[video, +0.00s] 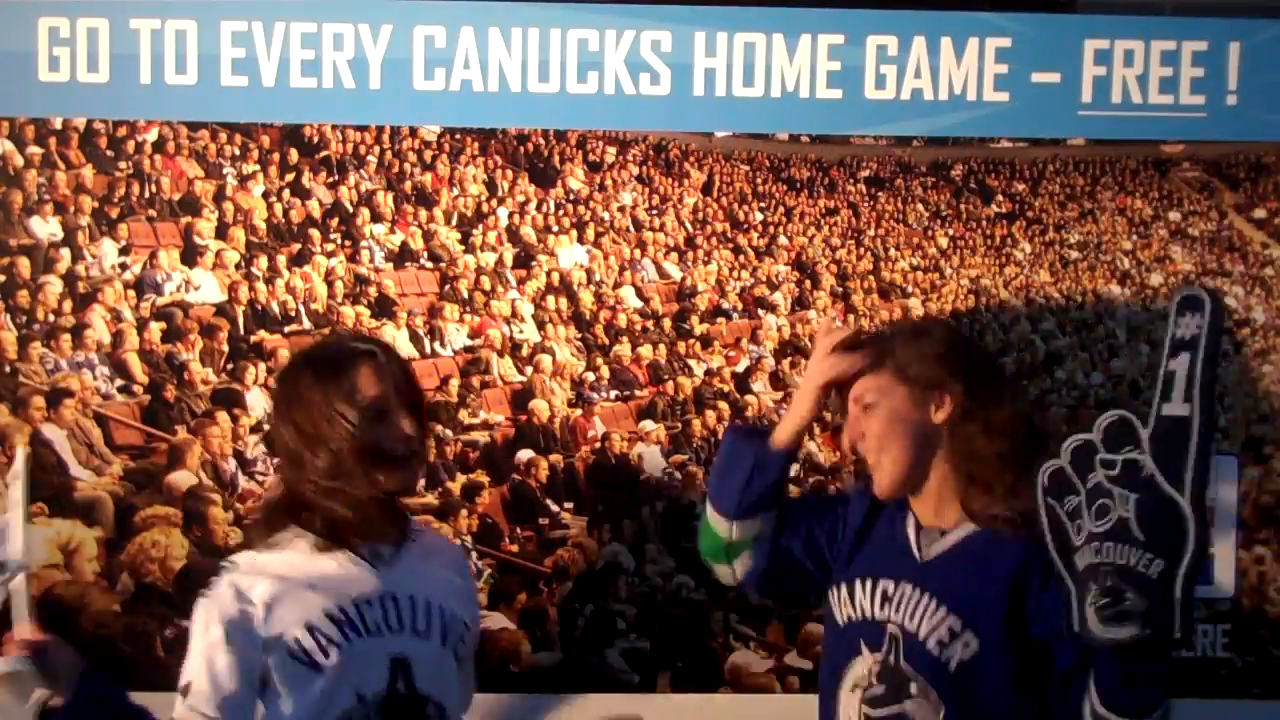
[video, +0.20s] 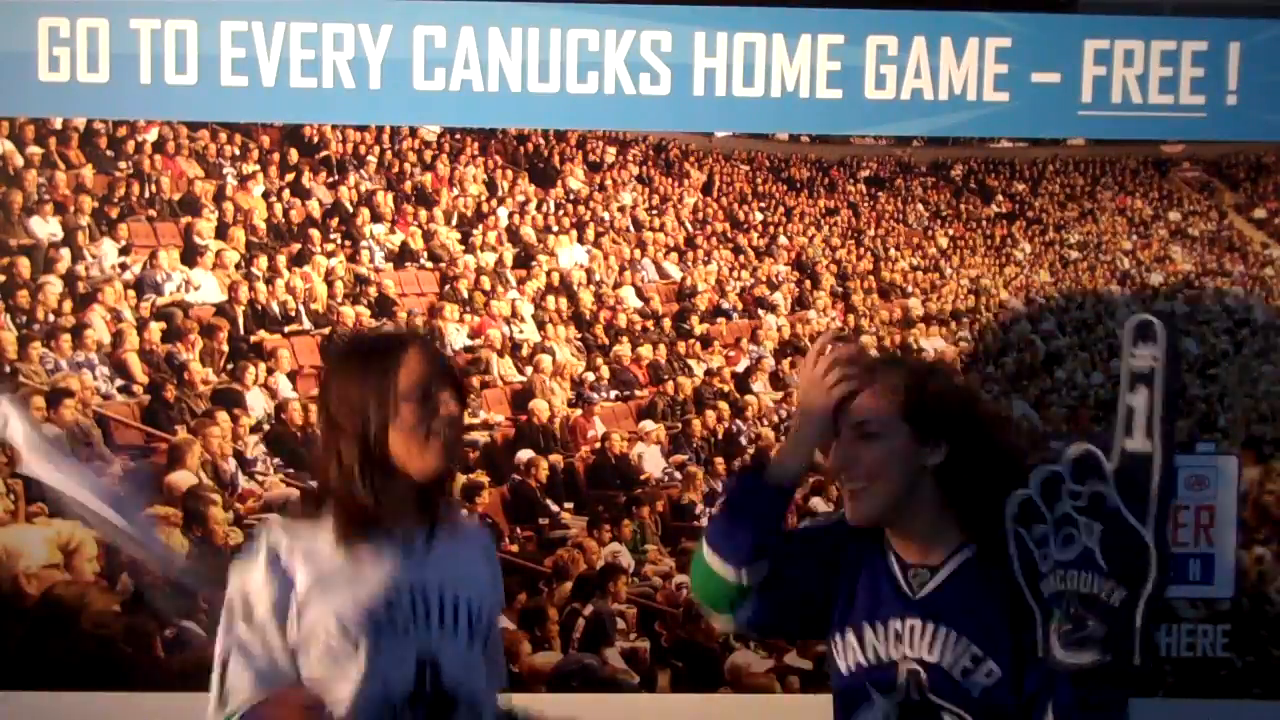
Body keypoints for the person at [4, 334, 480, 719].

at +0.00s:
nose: (408, 431)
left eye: (412, 409)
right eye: (376, 416)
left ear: (425, 416)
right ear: (319, 434)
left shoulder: (452, 567)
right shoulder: (247, 595)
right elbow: (202, 713)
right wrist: (82, 687)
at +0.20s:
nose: (452, 408)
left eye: (451, 391)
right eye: (424, 396)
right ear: (364, 414)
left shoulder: (475, 546)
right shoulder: (280, 552)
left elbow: (488, 691)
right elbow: (248, 701)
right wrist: (274, 707)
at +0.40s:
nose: (447, 378)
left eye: (454, 358)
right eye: (419, 356)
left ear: (467, 375)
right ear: (363, 367)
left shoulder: (463, 515)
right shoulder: (289, 521)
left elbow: (488, 687)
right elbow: (286, 709)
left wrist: (593, 639)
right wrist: (422, 676)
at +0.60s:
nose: (434, 400)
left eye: (443, 380)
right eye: (404, 382)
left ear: (455, 395)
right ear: (351, 403)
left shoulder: (490, 529)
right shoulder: (304, 549)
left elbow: (511, 677)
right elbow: (264, 709)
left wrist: (595, 587)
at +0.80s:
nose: (443, 429)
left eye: (449, 409)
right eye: (413, 414)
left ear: (463, 422)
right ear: (365, 439)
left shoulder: (516, 544)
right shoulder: (308, 586)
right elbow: (253, 713)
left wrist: (608, 607)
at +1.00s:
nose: (450, 393)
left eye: (463, 375)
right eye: (423, 377)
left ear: (478, 394)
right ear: (377, 399)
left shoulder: (514, 528)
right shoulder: (302, 546)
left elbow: (542, 698)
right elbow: (262, 699)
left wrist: (610, 647)